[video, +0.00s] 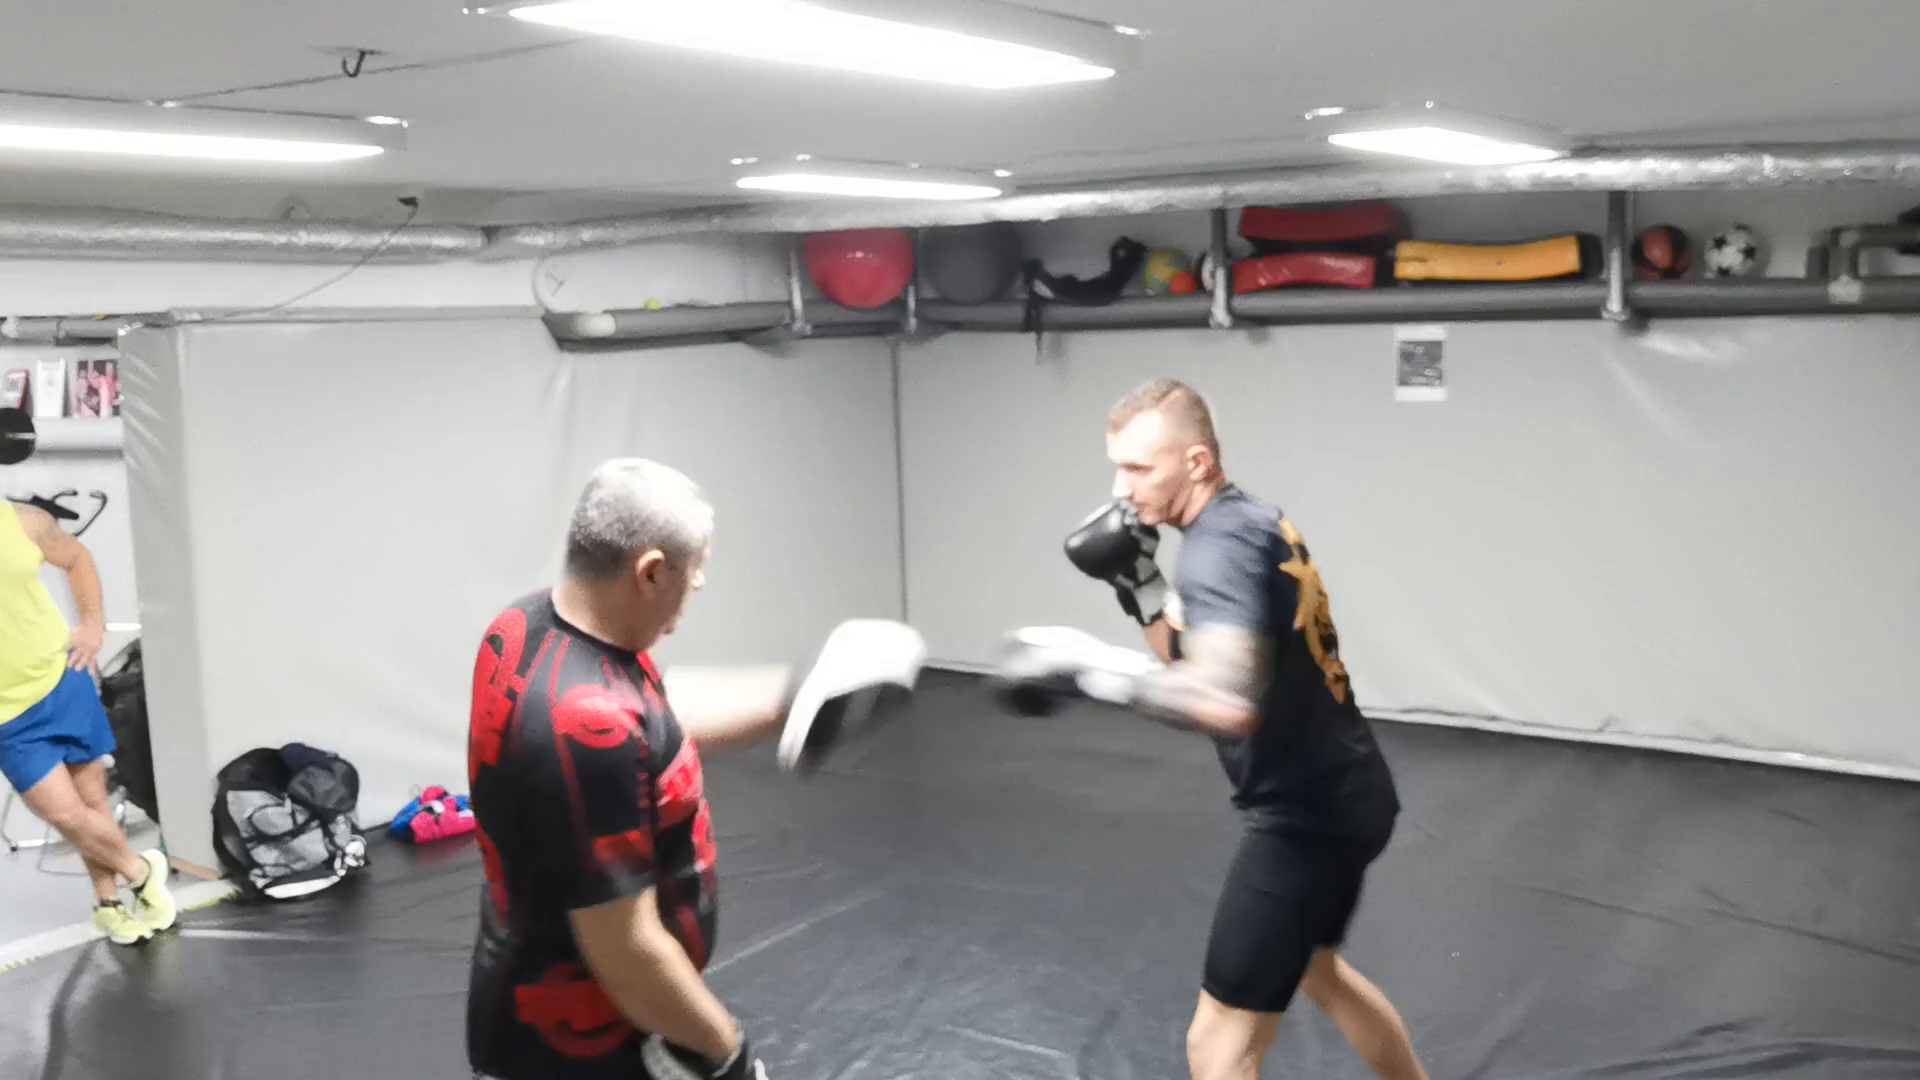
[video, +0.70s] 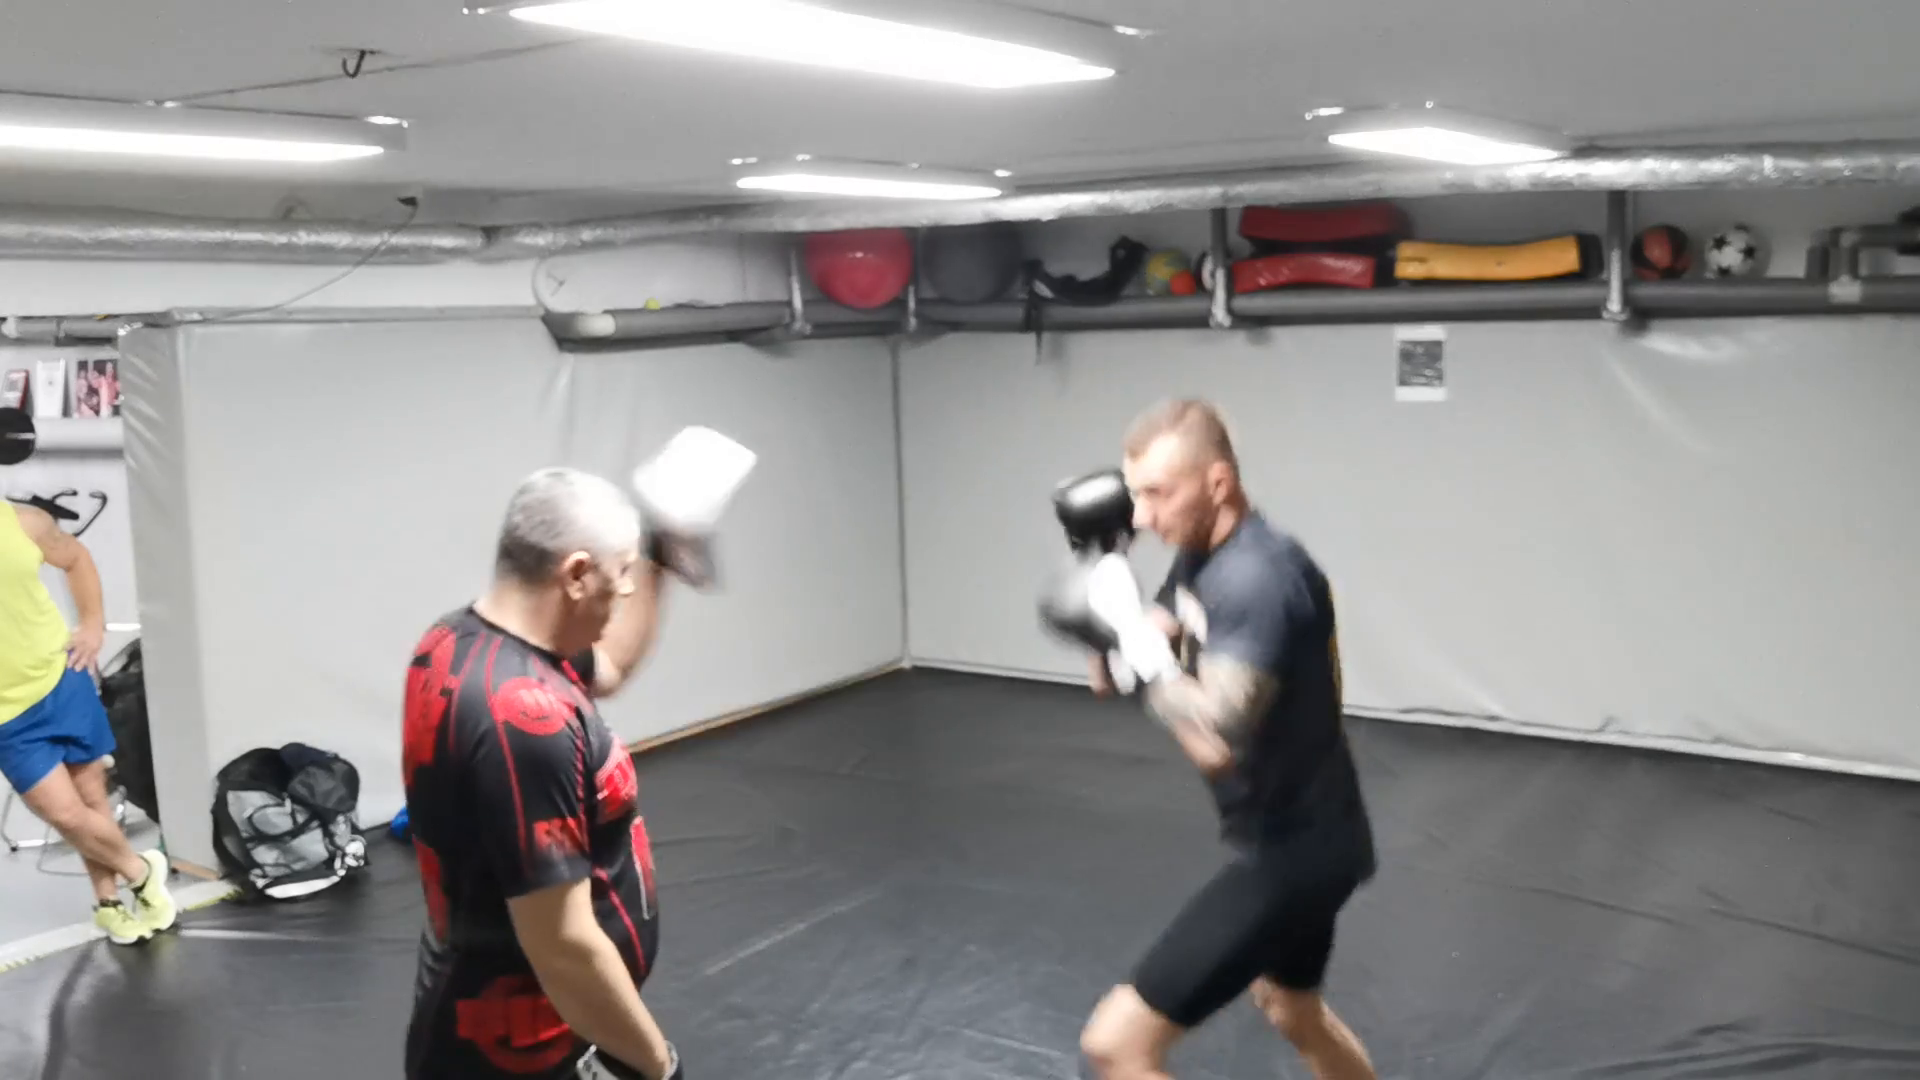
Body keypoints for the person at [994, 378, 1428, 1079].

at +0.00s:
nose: (1123, 489)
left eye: (1137, 468)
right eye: (1120, 470)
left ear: (1196, 461)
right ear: (1194, 463)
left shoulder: (1217, 545)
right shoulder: (1254, 523)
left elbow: (1229, 705)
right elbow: (1193, 675)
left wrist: (1103, 670)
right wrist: (1139, 585)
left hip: (1302, 811)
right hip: (1345, 795)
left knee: (1221, 1043)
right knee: (1320, 971)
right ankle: (1413, 1074)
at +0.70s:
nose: (1143, 514)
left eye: (1157, 493)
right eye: (1136, 496)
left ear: (1218, 483)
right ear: (1214, 487)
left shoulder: (1262, 577)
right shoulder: (1204, 557)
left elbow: (1215, 741)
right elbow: (1123, 674)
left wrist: (1138, 638)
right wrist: (1104, 579)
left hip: (1303, 850)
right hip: (1289, 838)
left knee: (1117, 1044)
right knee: (1291, 1009)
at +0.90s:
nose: (1059, 521)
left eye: (1075, 502)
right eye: (1057, 502)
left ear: (1141, 498)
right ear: (1147, 500)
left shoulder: (1150, 575)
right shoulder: (1217, 555)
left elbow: (1126, 701)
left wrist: (1001, 625)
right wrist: (1086, 580)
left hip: (1215, 874)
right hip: (1288, 854)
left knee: (1056, 1061)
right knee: (1273, 996)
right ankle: (1360, 1073)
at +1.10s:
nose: (1027, 549)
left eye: (1043, 527)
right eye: (1023, 527)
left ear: (1109, 518)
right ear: (1117, 520)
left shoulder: (1101, 596)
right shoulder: (1197, 584)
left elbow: (1010, 703)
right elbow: (1147, 660)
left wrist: (865, 689)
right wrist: (1056, 615)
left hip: (1187, 911)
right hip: (1258, 888)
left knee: (1056, 1068)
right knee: (1245, 1045)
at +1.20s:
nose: (1050, 531)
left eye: (1065, 511)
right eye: (1045, 510)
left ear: (1129, 499)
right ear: (1133, 499)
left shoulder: (1148, 581)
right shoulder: (1204, 558)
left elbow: (1151, 757)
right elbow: (1178, 690)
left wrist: (1026, 707)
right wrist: (1080, 615)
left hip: (1194, 891)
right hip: (1263, 869)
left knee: (1081, 1070)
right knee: (1254, 1047)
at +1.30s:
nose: (1101, 545)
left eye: (1114, 523)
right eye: (1094, 523)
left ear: (1176, 503)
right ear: (1178, 503)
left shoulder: (1213, 594)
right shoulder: (1222, 571)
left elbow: (1188, 773)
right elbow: (1150, 672)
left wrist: (1092, 664)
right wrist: (1092, 603)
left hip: (1229, 900)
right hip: (1273, 883)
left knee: (1115, 1068)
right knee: (1270, 1058)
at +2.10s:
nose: (1088, 556)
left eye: (1092, 530)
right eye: (1079, 534)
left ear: (1149, 504)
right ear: (1160, 501)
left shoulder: (1176, 606)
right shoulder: (1279, 568)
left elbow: (1089, 803)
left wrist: (1034, 670)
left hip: (1253, 956)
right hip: (1342, 934)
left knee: (1121, 1068)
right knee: (1334, 1068)